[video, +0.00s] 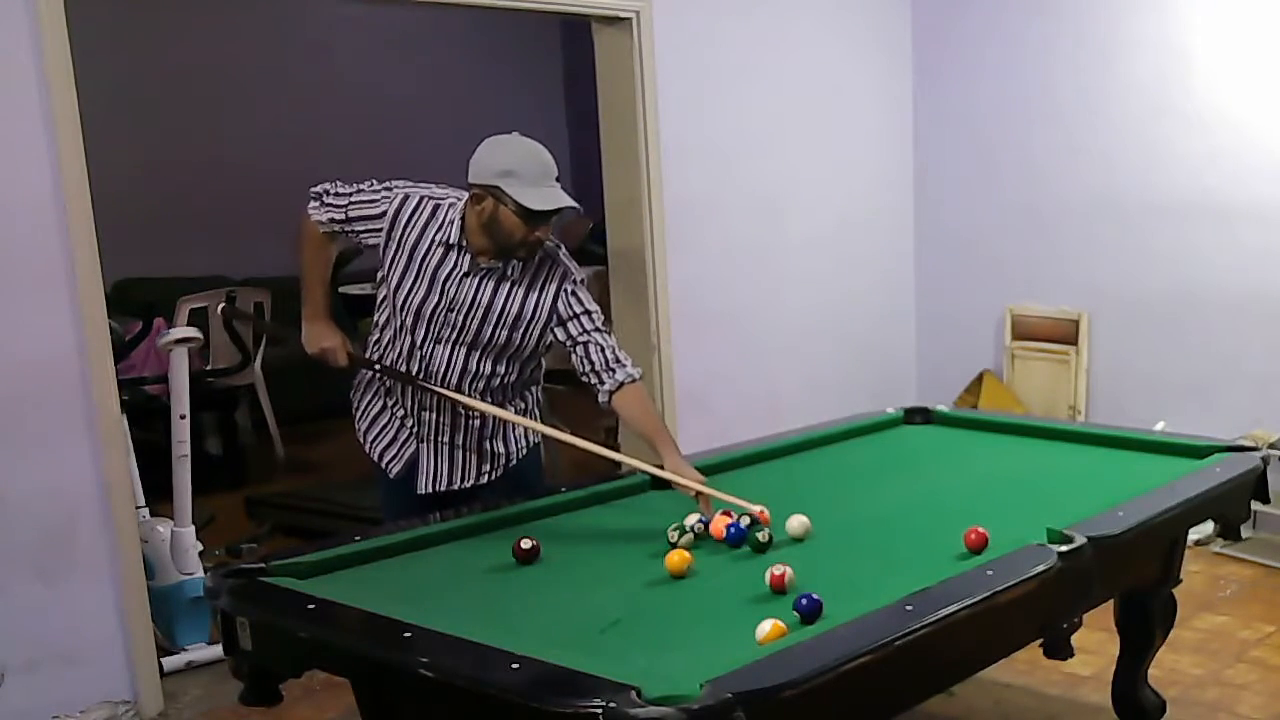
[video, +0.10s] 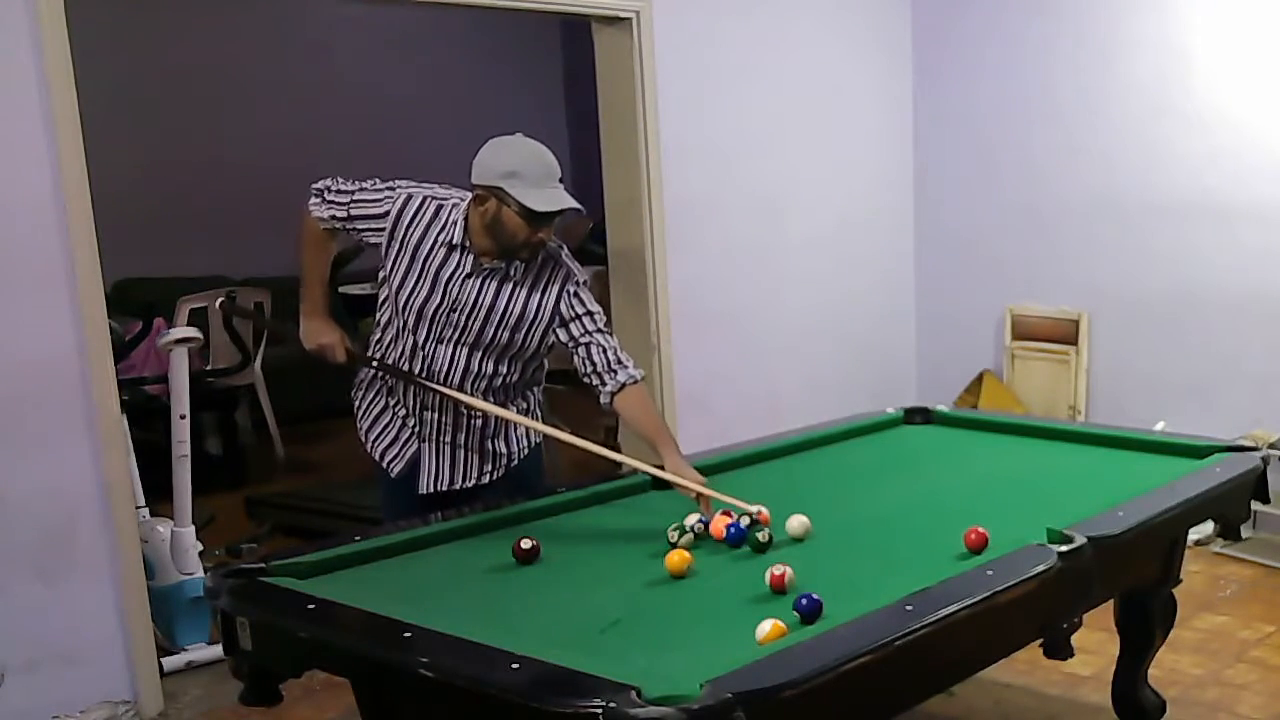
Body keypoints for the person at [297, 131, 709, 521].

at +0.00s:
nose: (543, 232)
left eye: (548, 218)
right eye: (531, 217)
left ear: (552, 210)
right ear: (484, 201)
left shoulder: (555, 277)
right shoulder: (409, 211)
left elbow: (611, 370)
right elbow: (322, 210)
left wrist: (671, 454)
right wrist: (316, 317)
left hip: (500, 436)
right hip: (403, 427)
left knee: (520, 570)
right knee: (415, 579)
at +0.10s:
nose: (545, 233)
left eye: (550, 219)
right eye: (533, 218)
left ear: (555, 211)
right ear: (487, 202)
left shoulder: (557, 278)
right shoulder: (412, 210)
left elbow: (613, 370)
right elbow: (324, 205)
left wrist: (671, 453)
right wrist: (314, 312)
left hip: (500, 436)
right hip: (403, 425)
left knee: (521, 569)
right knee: (413, 577)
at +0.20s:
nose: (548, 234)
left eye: (553, 220)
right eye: (536, 218)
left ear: (559, 212)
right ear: (490, 202)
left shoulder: (561, 279)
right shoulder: (415, 210)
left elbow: (616, 371)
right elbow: (323, 205)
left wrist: (674, 454)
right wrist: (318, 312)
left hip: (504, 437)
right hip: (405, 426)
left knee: (523, 570)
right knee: (412, 580)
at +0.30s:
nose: (549, 235)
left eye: (555, 221)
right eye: (537, 219)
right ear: (492, 200)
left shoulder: (563, 280)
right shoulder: (413, 211)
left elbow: (619, 376)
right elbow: (323, 243)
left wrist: (672, 457)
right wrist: (379, 339)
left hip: (507, 446)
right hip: (408, 437)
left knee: (523, 584)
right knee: (413, 590)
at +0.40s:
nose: (552, 234)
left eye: (558, 220)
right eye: (540, 218)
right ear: (493, 198)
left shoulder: (563, 271)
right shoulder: (413, 211)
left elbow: (613, 366)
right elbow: (338, 288)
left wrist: (664, 450)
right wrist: (413, 334)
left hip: (514, 450)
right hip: (417, 448)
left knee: (528, 592)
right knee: (417, 600)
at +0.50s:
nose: (555, 231)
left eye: (563, 217)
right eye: (544, 214)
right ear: (497, 193)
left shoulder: (564, 265)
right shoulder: (417, 208)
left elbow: (618, 360)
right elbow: (334, 282)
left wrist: (656, 442)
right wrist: (398, 325)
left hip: (514, 454)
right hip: (416, 447)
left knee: (528, 592)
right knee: (414, 597)